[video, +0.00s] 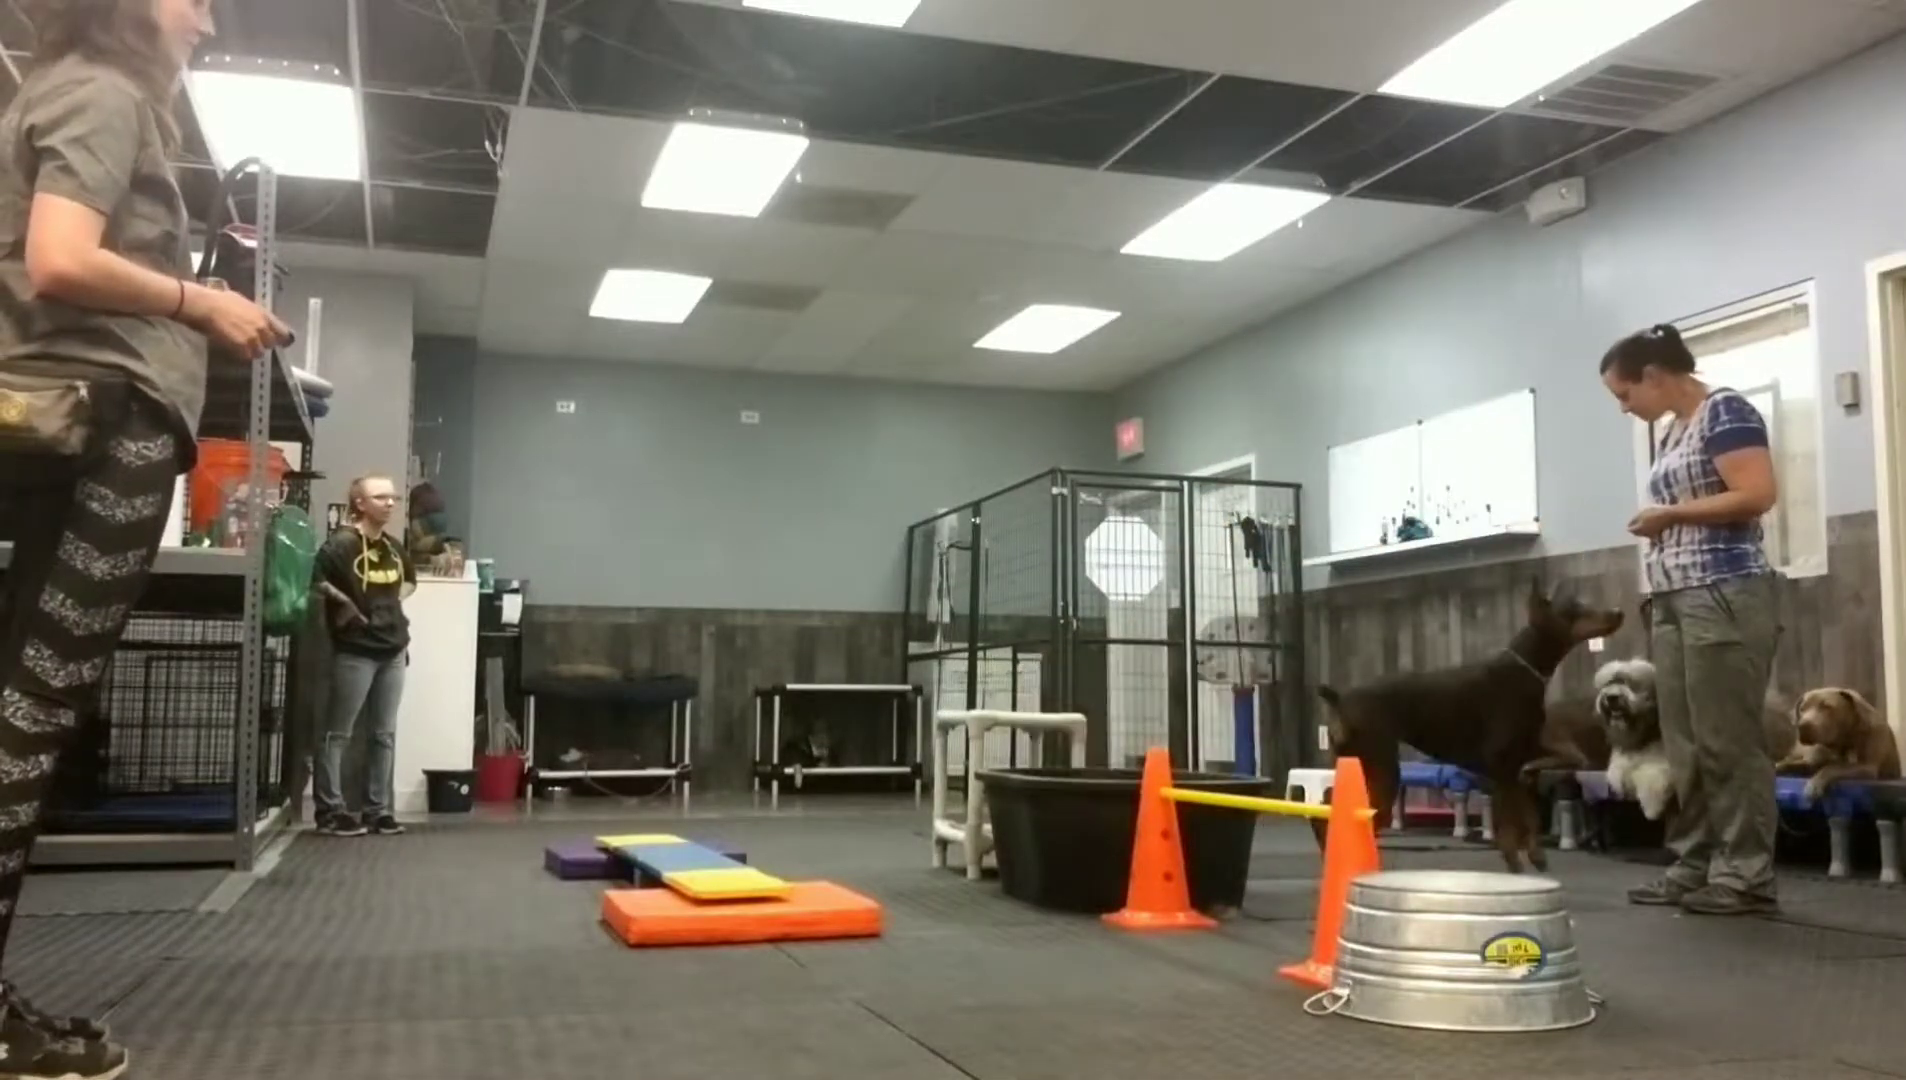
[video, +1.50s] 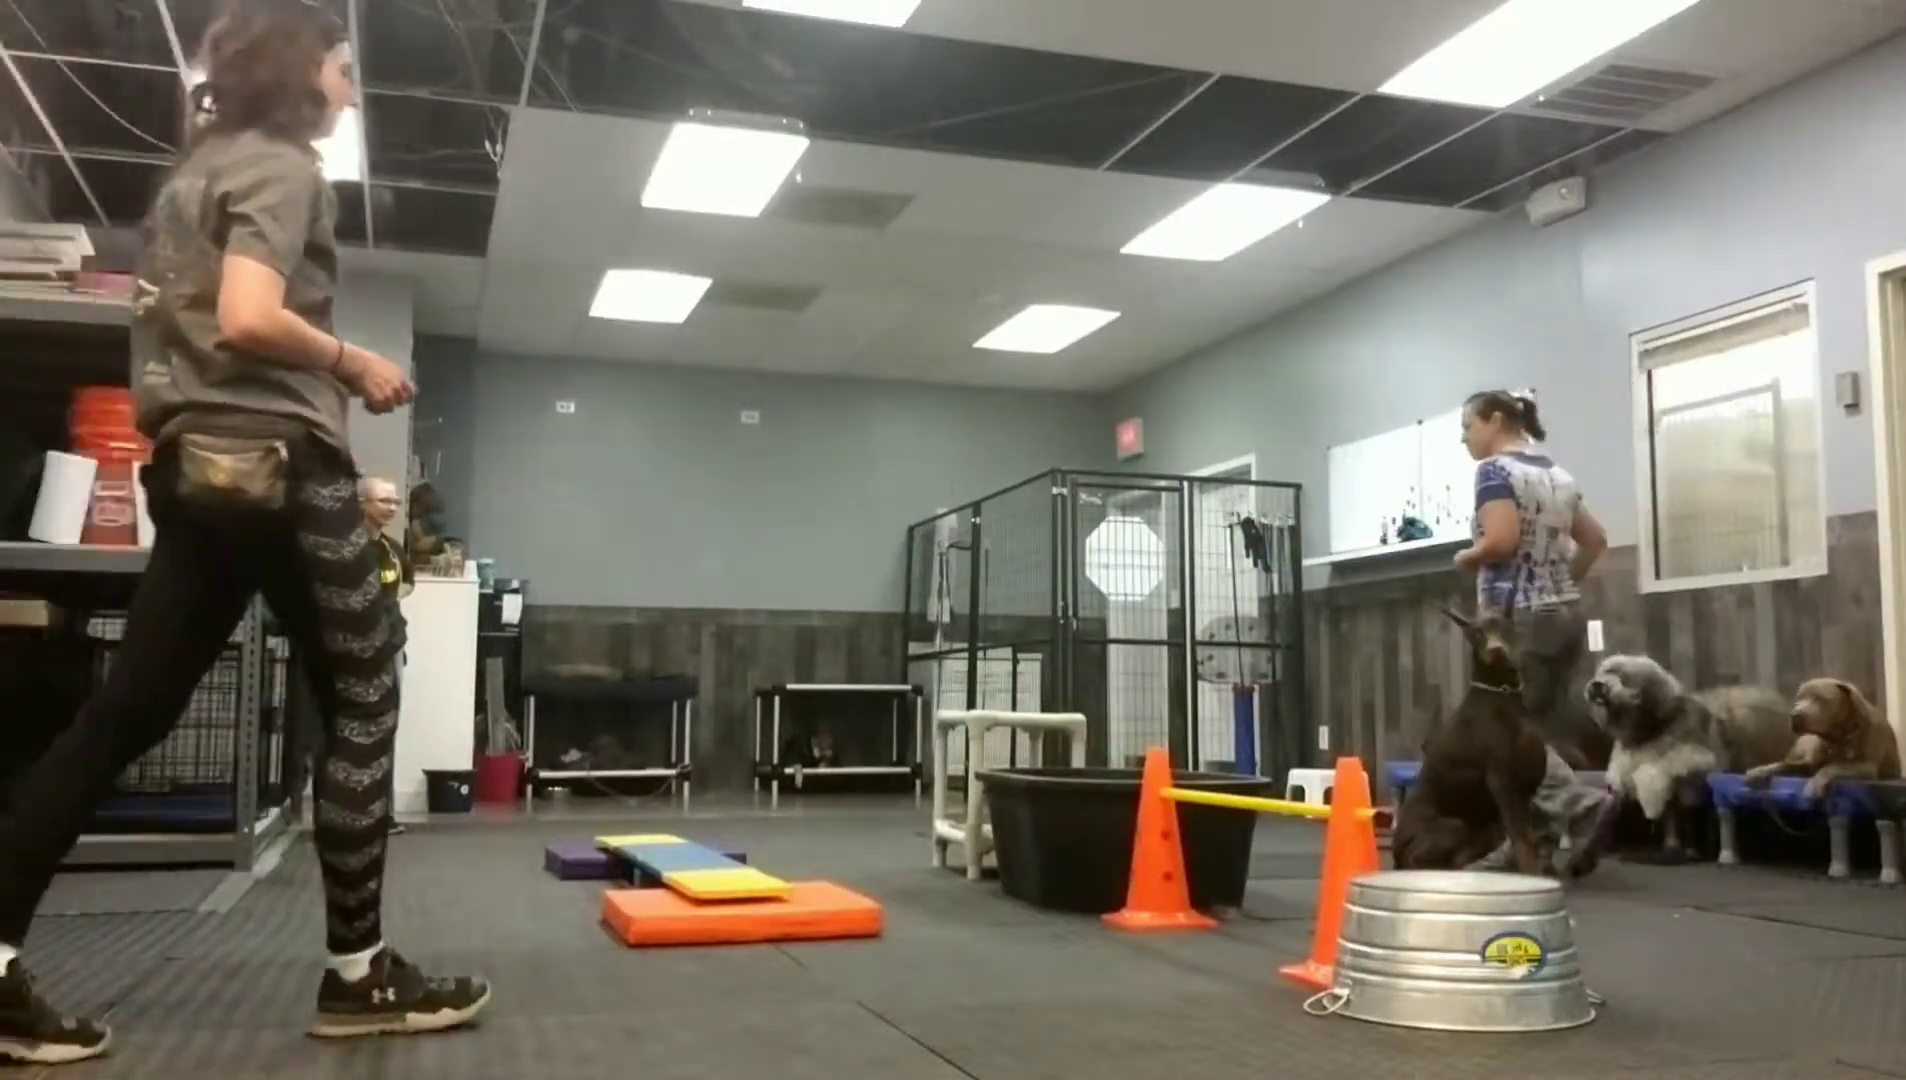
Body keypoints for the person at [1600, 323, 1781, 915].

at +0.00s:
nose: (1626, 409)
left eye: (1625, 395)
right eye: (1620, 399)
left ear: (1654, 375)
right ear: (1653, 380)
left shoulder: (1723, 411)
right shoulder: (1669, 437)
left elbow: (1758, 494)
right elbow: (1689, 518)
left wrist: (1671, 514)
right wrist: (1657, 536)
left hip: (1724, 597)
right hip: (1675, 602)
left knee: (1728, 740)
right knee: (1686, 743)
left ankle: (1746, 877)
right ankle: (1694, 866)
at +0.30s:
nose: (1626, 408)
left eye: (1624, 395)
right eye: (1620, 399)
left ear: (1652, 374)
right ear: (1652, 379)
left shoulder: (1724, 412)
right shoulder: (1670, 439)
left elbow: (1760, 494)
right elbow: (1691, 521)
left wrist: (1671, 514)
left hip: (1725, 598)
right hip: (1675, 603)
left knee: (1730, 741)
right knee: (1685, 742)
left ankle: (1745, 877)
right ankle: (1694, 865)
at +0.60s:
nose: (1628, 412)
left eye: (1625, 398)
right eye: (1621, 404)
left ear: (1651, 374)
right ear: (1651, 381)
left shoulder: (1717, 415)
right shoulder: (1685, 434)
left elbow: (1712, 511)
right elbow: (1697, 517)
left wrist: (1650, 528)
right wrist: (1659, 533)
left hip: (1738, 601)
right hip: (1698, 606)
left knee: (1745, 742)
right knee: (1708, 742)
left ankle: (1748, 879)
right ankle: (1712, 866)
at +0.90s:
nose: (1634, 424)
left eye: (1632, 410)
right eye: (1628, 415)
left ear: (1660, 390)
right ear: (1662, 394)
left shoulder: (1713, 433)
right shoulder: (1697, 443)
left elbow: (1734, 514)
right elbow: (1712, 529)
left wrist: (1669, 534)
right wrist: (1656, 553)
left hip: (1723, 609)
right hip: (1709, 609)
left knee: (1728, 737)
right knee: (1725, 737)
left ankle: (1741, 868)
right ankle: (1756, 867)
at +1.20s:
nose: (1568, 430)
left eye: (1566, 417)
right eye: (1564, 420)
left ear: (1585, 408)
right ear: (1606, 405)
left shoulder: (1632, 449)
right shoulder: (1647, 451)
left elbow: (1657, 522)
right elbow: (1665, 527)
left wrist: (1595, 537)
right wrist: (1605, 539)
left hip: (1639, 605)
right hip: (1665, 603)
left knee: (1622, 736)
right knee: (1656, 732)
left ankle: (1646, 860)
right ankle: (1722, 831)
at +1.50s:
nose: (1467, 439)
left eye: (1470, 428)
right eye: (1466, 430)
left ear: (1497, 422)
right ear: (1512, 424)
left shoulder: (1494, 470)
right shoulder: (1553, 471)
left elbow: (1502, 538)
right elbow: (1594, 538)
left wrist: (1470, 557)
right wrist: (1564, 581)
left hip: (1520, 620)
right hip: (1566, 618)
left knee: (1506, 726)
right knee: (1553, 721)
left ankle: (1582, 804)